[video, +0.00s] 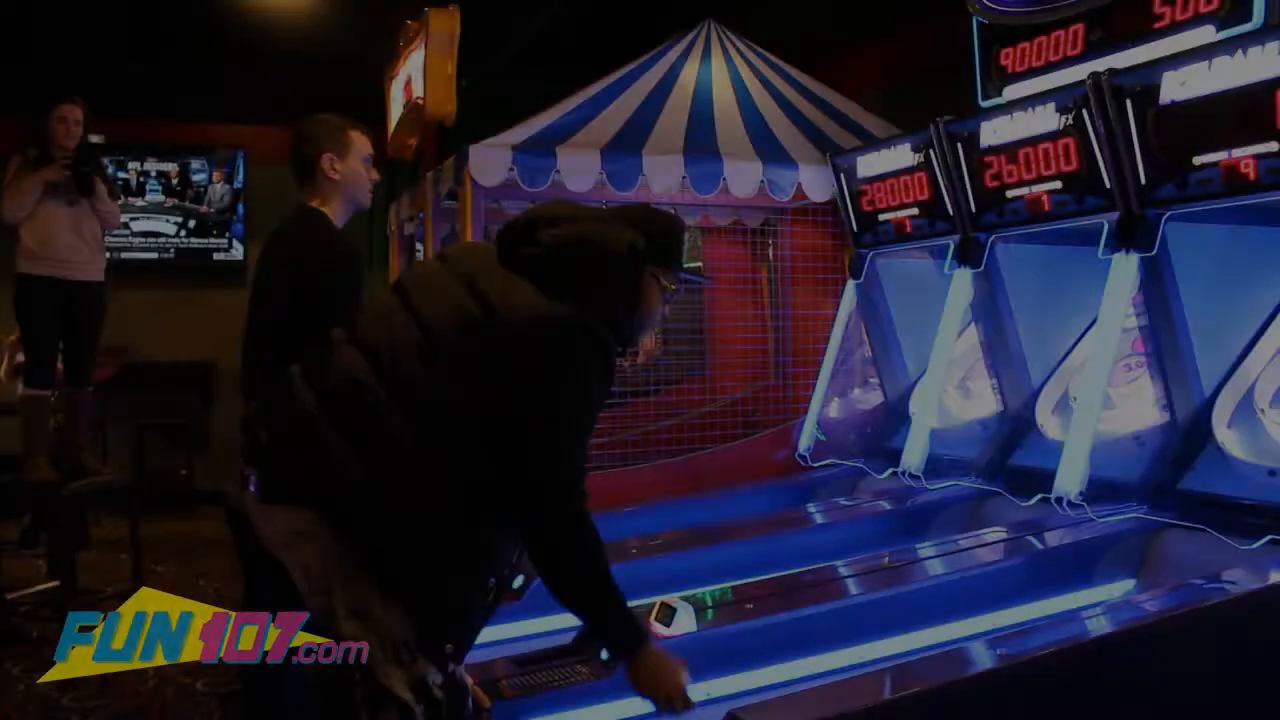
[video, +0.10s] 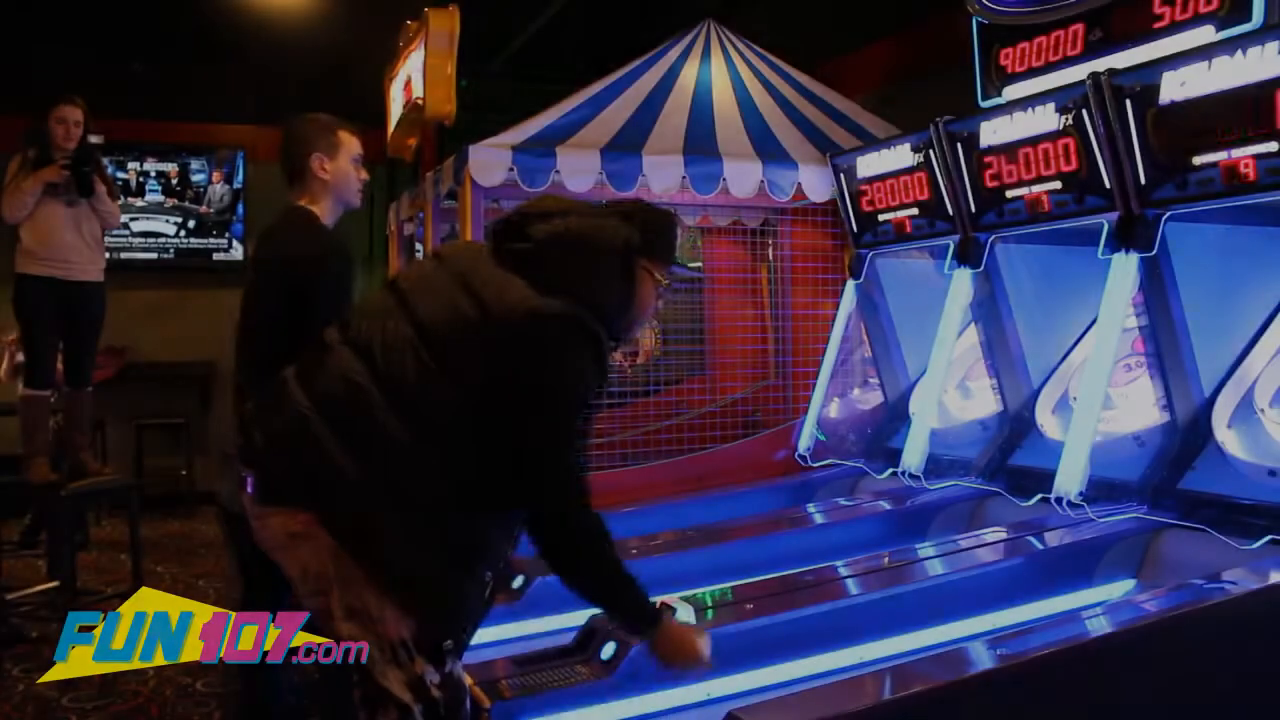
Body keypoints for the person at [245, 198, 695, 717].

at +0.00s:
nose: (662, 310)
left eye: (667, 293)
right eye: (661, 288)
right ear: (624, 271)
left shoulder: (474, 267)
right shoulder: (570, 340)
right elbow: (551, 509)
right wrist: (633, 645)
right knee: (413, 691)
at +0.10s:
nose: (657, 302)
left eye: (661, 286)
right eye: (653, 282)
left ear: (582, 261)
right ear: (609, 271)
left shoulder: (467, 265)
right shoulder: (559, 337)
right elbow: (557, 511)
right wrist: (653, 623)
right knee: (401, 686)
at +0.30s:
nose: (650, 308)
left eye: (655, 291)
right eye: (651, 287)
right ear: (618, 268)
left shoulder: (469, 264)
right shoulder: (552, 330)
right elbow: (542, 506)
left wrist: (481, 554)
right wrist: (612, 635)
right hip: (327, 506)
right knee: (415, 695)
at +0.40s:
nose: (652, 312)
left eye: (658, 296)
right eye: (652, 290)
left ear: (592, 266)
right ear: (614, 272)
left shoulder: (467, 266)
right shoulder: (555, 334)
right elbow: (491, 503)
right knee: (415, 691)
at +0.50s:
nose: (658, 319)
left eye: (662, 302)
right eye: (655, 297)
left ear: (600, 273)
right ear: (617, 279)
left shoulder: (479, 272)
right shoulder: (555, 335)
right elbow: (480, 490)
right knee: (417, 689)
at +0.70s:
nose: (646, 328)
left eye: (653, 311)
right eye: (646, 306)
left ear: (583, 270)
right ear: (611, 288)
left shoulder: (469, 270)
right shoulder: (551, 342)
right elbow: (468, 492)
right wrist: (415, 650)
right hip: (313, 504)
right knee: (406, 688)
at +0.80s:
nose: (642, 317)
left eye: (648, 301)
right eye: (642, 297)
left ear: (567, 263)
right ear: (606, 281)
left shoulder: (458, 266)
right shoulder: (553, 341)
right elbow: (512, 480)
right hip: (329, 507)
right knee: (404, 692)